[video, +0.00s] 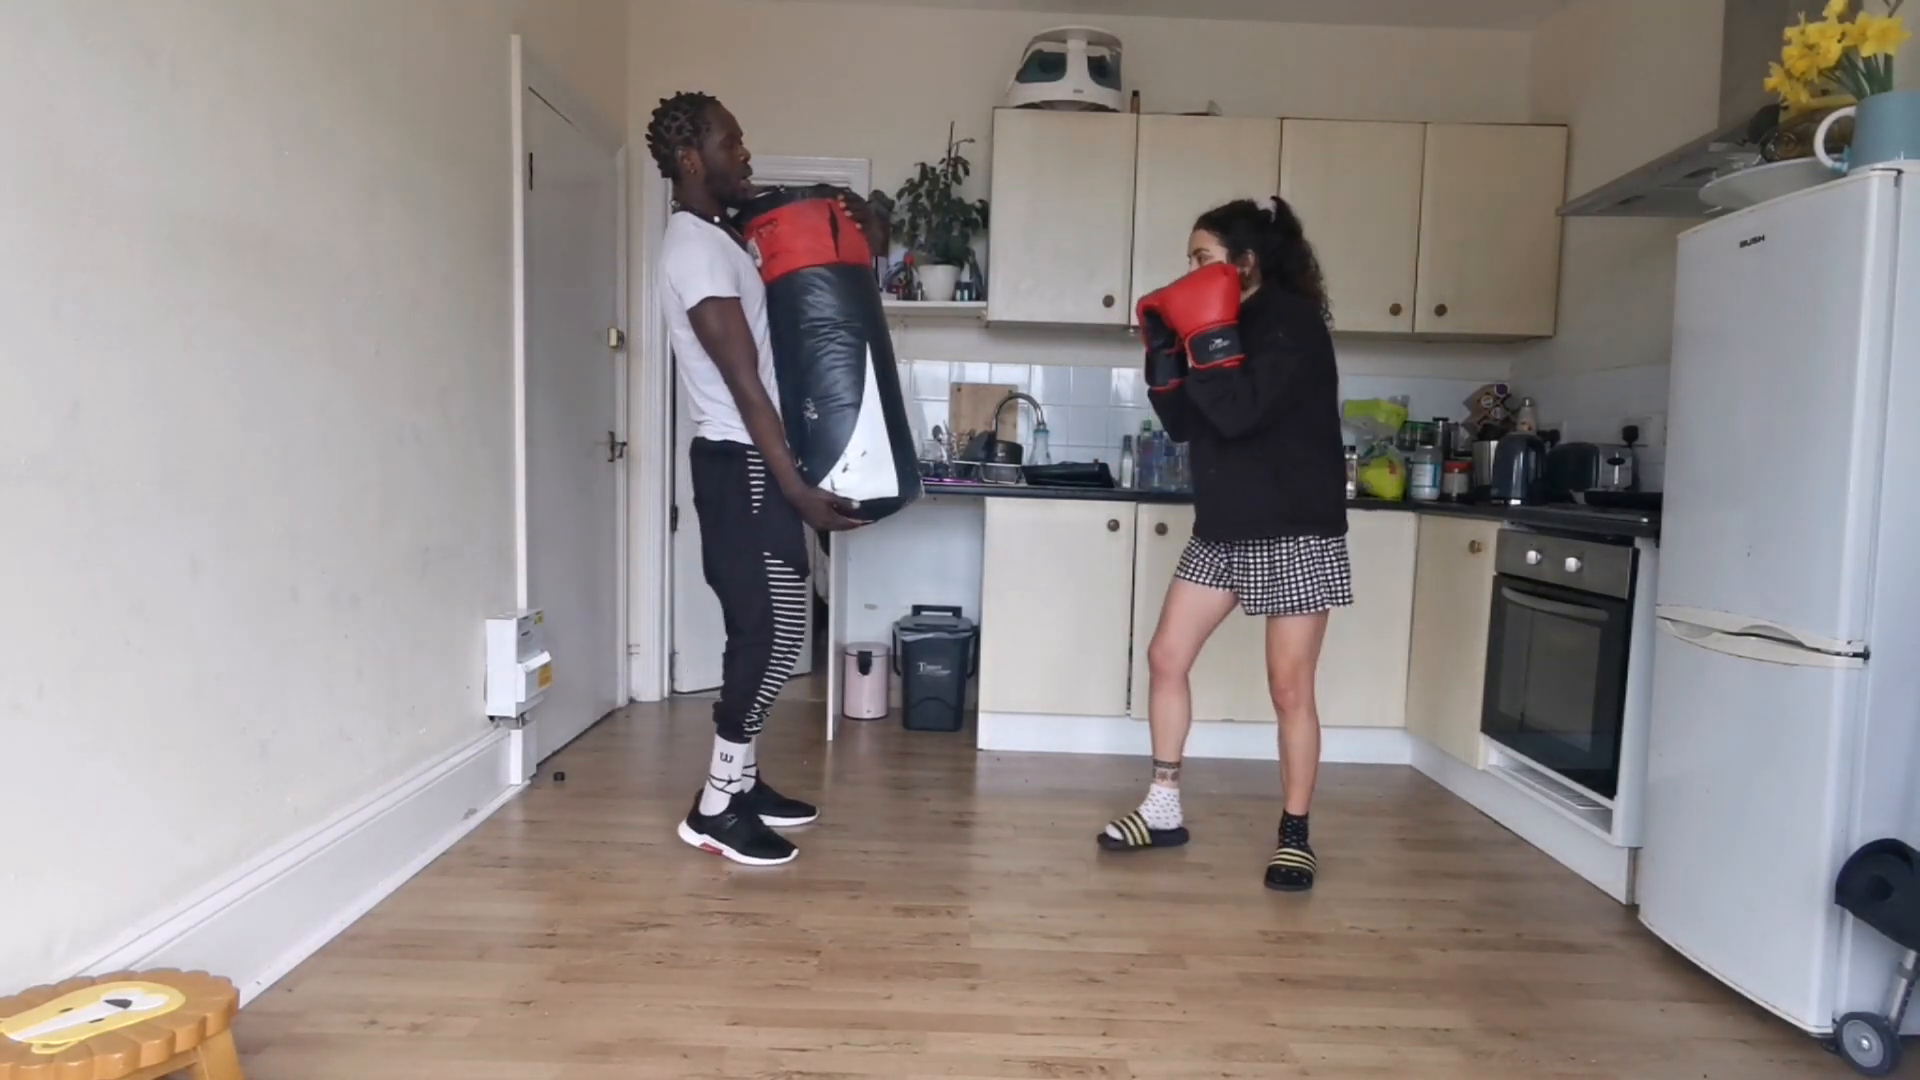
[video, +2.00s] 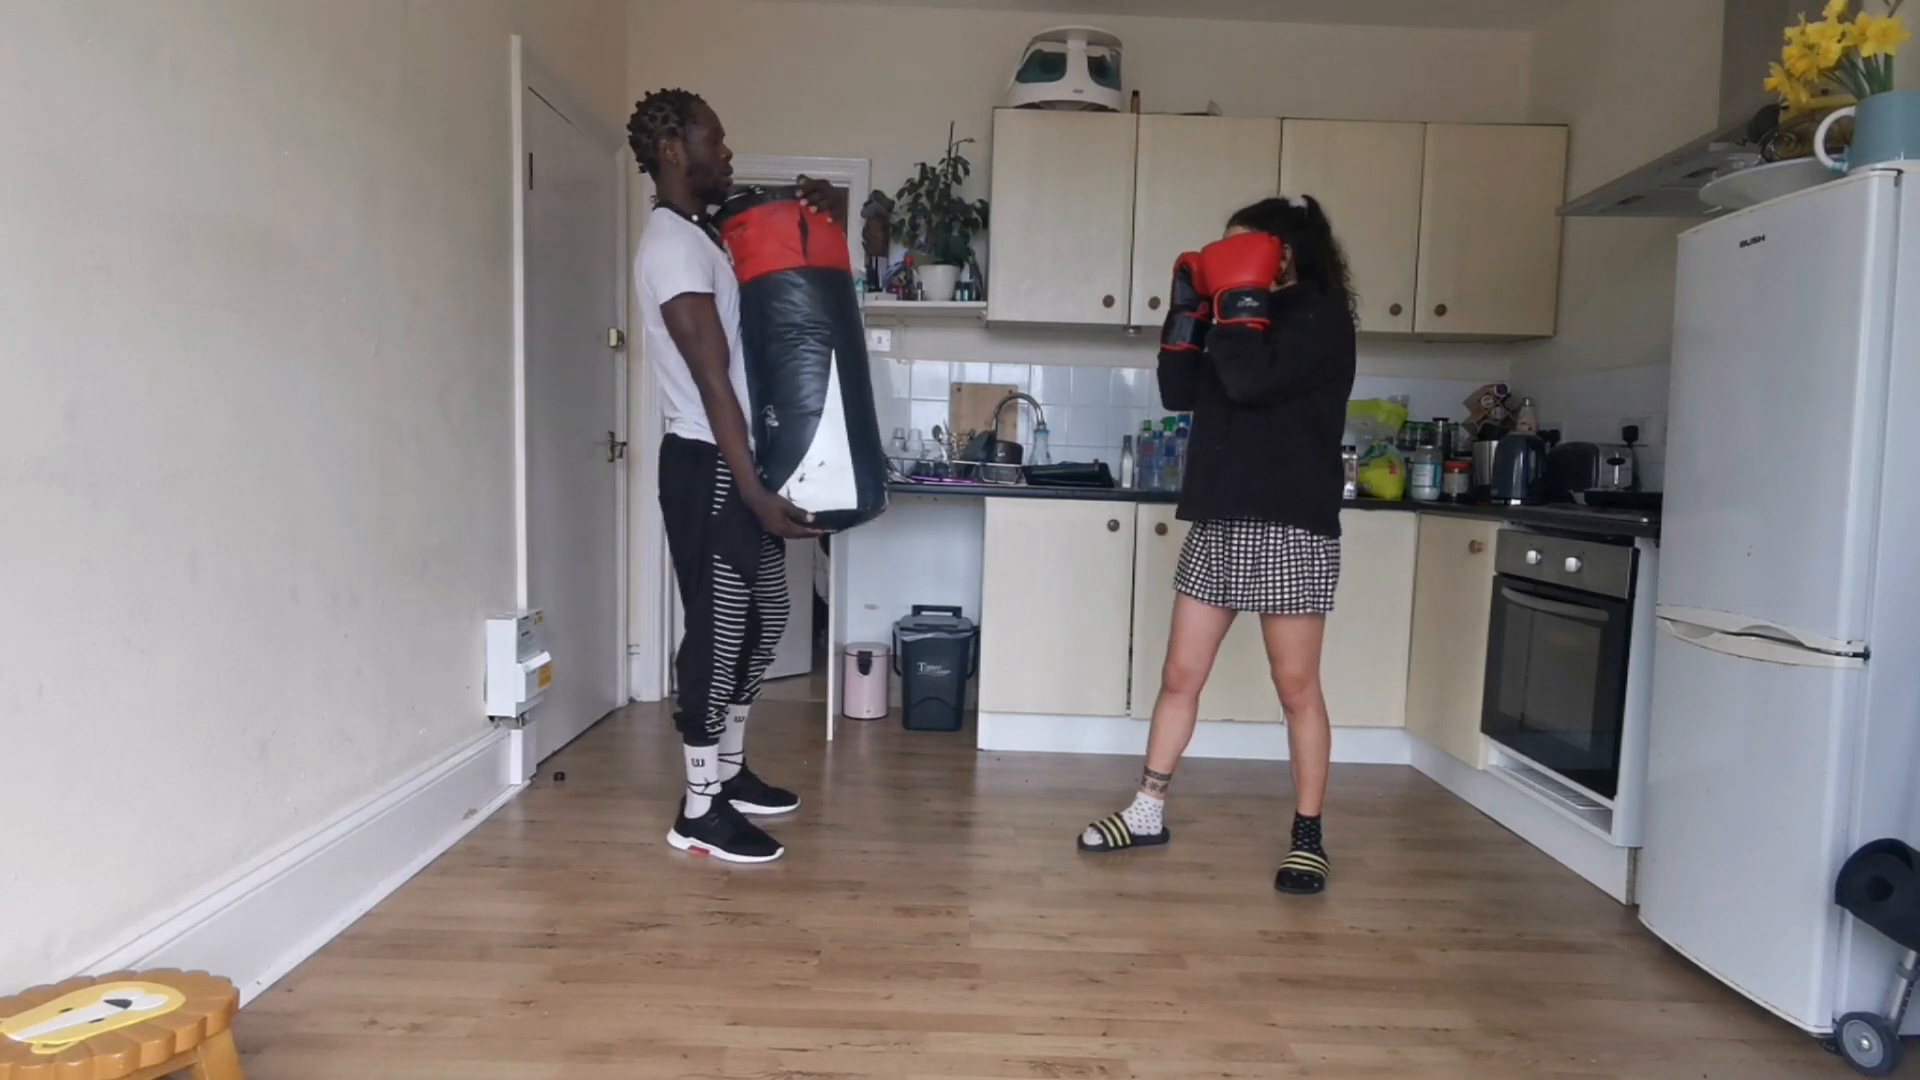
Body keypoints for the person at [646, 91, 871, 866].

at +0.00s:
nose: (746, 155)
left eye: (742, 142)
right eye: (732, 144)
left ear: (696, 158)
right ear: (690, 157)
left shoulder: (721, 238)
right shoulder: (696, 245)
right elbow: (742, 378)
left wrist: (856, 234)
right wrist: (794, 482)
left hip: (756, 456)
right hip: (737, 459)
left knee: (769, 627)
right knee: (778, 633)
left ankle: (738, 782)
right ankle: (718, 803)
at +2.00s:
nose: (727, 151)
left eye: (723, 137)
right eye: (713, 138)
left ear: (679, 150)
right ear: (670, 148)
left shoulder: (705, 234)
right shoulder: (671, 240)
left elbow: (777, 310)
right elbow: (710, 374)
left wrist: (819, 222)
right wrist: (754, 485)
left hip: (742, 452)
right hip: (705, 457)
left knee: (765, 614)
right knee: (718, 622)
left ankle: (724, 769)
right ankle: (699, 808)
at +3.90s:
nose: (750, 167)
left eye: (750, 152)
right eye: (736, 152)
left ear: (703, 162)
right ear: (689, 160)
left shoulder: (721, 242)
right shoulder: (684, 246)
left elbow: (792, 320)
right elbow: (722, 378)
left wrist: (835, 233)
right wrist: (768, 488)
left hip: (744, 452)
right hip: (716, 456)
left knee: (742, 621)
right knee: (728, 624)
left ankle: (729, 773)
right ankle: (701, 803)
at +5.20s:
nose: (762, 172)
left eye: (760, 159)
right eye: (749, 159)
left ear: (713, 169)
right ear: (705, 168)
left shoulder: (731, 247)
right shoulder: (696, 253)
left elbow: (794, 325)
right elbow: (736, 386)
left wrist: (848, 229)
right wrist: (782, 490)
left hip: (755, 454)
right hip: (727, 458)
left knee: (751, 624)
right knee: (737, 627)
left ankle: (738, 776)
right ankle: (702, 803)